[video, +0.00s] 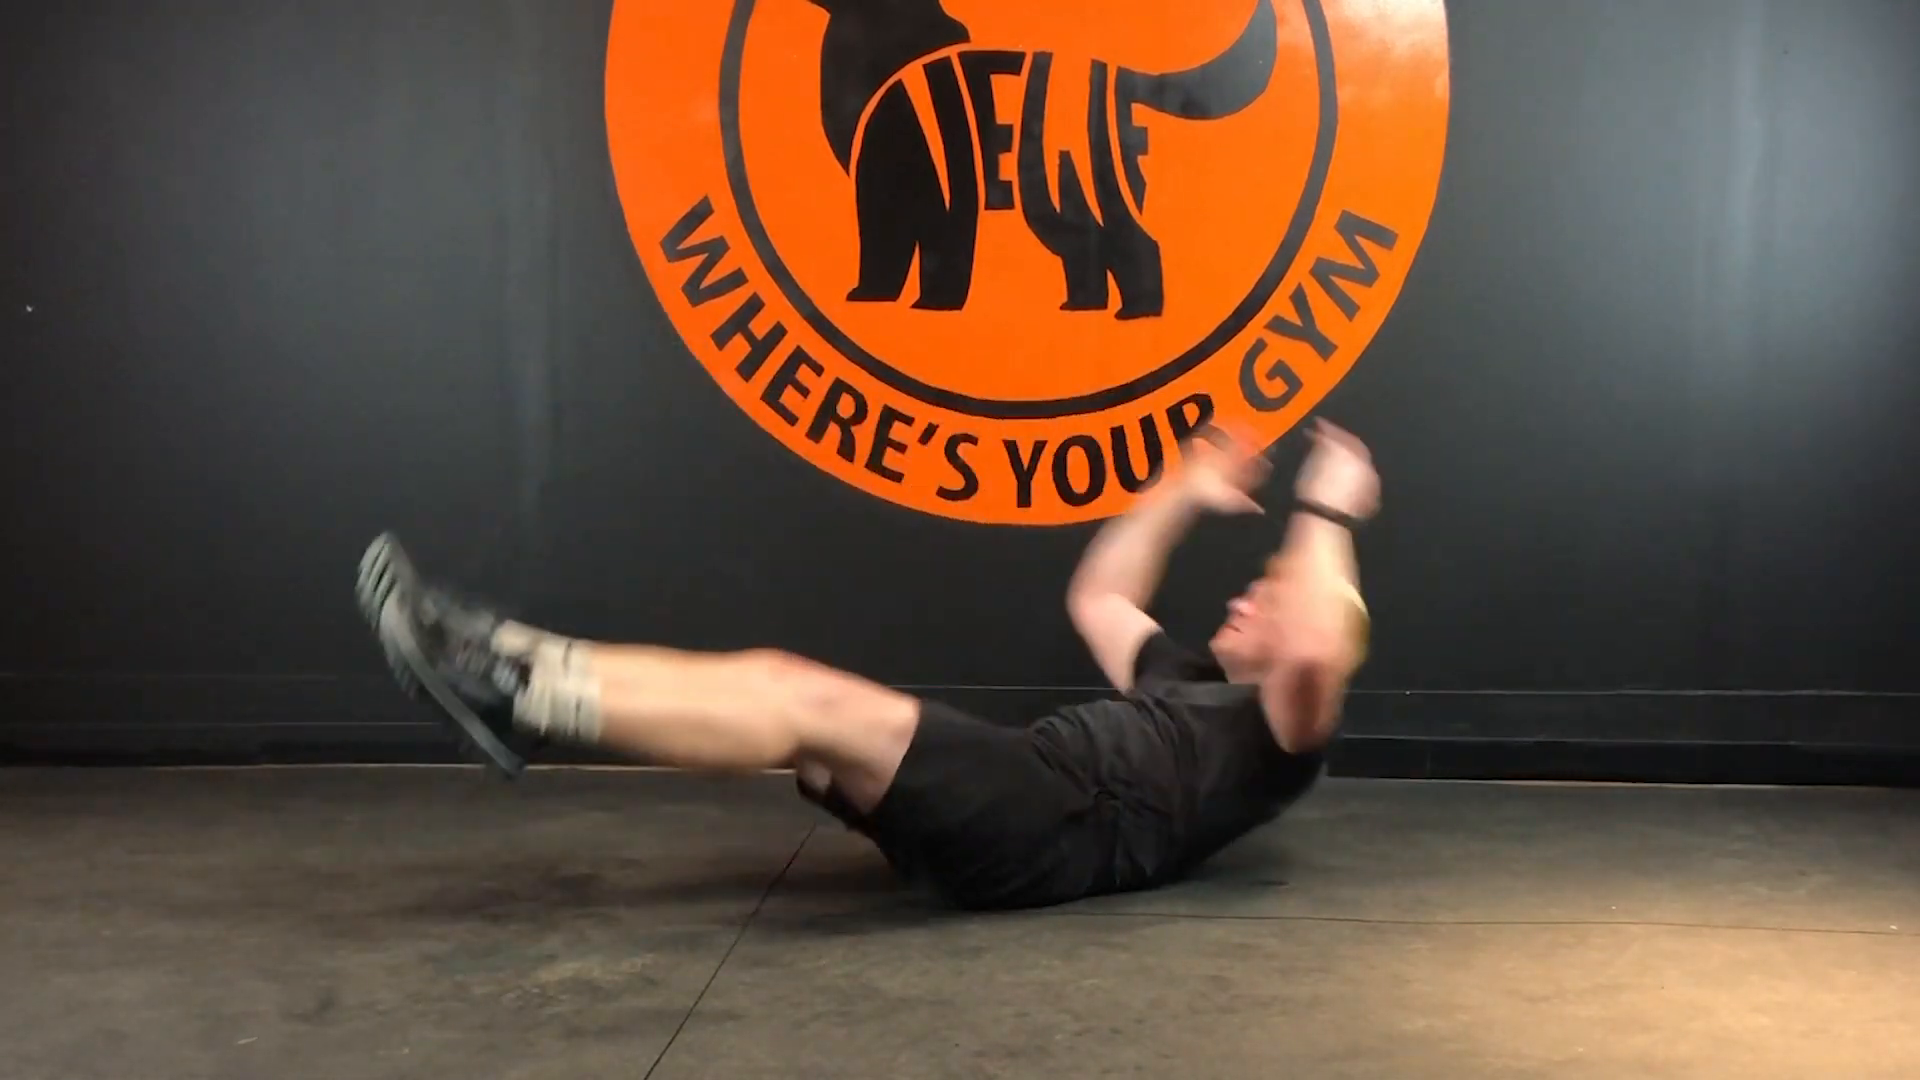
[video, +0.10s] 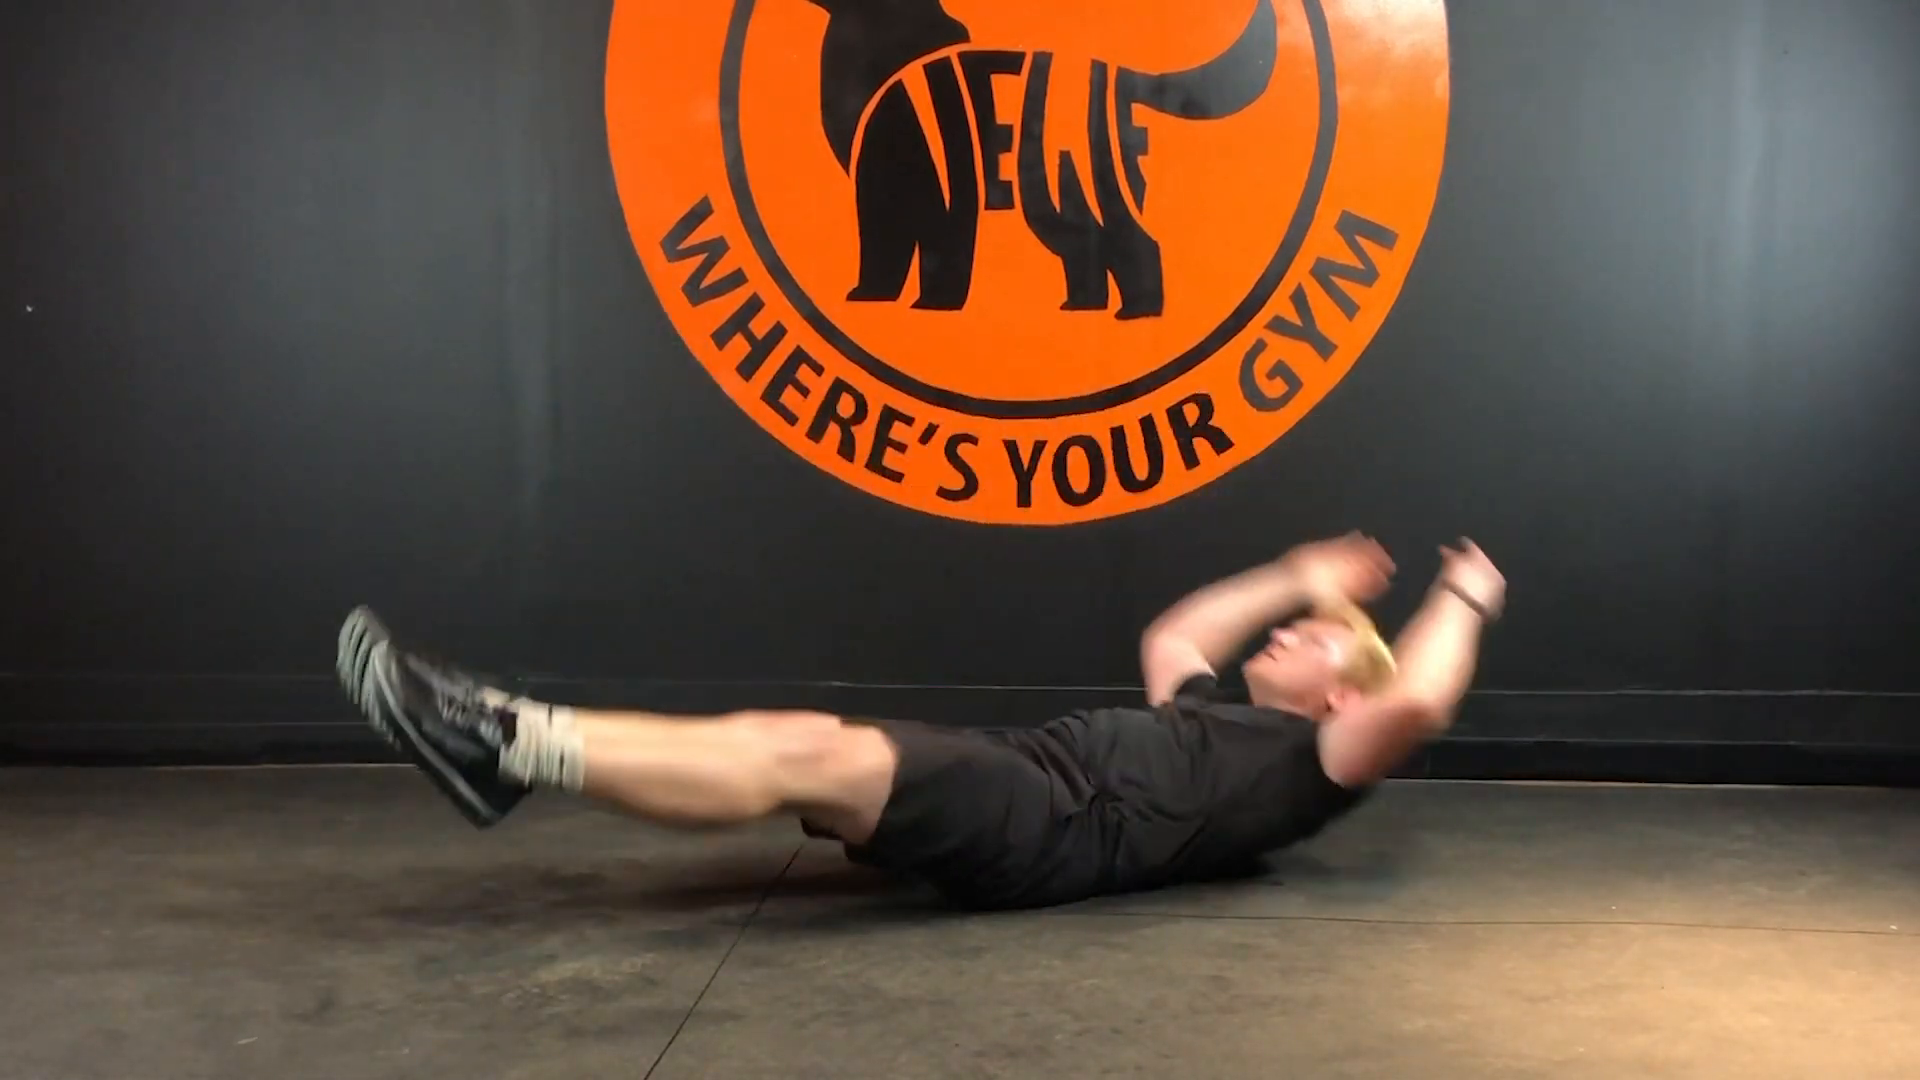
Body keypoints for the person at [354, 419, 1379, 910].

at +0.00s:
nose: (1240, 604)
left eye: (1270, 597)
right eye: (1251, 591)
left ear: (1309, 649)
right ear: (1240, 613)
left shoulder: (1267, 731)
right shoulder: (1181, 687)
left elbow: (1322, 647)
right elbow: (1105, 600)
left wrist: (1326, 521)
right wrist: (1182, 490)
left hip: (1055, 825)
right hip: (1004, 798)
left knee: (810, 701)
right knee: (790, 695)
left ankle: (529, 692)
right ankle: (523, 686)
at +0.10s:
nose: (1297, 640)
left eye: (1322, 642)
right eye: (1297, 629)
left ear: (1352, 690)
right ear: (1279, 648)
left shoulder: (1297, 769)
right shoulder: (1205, 703)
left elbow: (1423, 701)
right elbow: (1181, 636)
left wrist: (1461, 604)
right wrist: (1299, 572)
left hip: (1055, 819)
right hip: (1013, 766)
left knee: (811, 751)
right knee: (774, 743)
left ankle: (514, 741)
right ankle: (509, 743)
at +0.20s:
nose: (1331, 671)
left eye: (1356, 686)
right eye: (1343, 665)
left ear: (1365, 737)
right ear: (1309, 681)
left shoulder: (1329, 787)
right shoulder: (1222, 726)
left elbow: (1497, 776)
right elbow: (1216, 684)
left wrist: (1539, 706)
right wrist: (1315, 690)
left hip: (1045, 809)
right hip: (983, 754)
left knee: (818, 777)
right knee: (767, 739)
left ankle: (499, 781)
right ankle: (491, 782)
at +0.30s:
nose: (1327, 689)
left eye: (1355, 704)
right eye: (1337, 687)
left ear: (1379, 759)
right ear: (1314, 711)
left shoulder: (1350, 800)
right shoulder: (1237, 740)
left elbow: (1504, 839)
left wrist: (1545, 791)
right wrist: (1389, 744)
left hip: (1052, 792)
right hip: (983, 735)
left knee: (822, 788)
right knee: (769, 742)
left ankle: (502, 807)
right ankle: (487, 790)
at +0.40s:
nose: (1340, 704)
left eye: (1365, 714)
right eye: (1339, 694)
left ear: (1387, 770)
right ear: (1307, 713)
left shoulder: (1348, 801)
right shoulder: (1230, 740)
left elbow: (1502, 798)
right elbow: (1222, 696)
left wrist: (1507, 746)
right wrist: (1322, 713)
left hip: (1057, 797)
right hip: (987, 744)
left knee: (823, 782)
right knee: (773, 751)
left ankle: (507, 805)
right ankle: (488, 787)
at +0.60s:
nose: (1294, 640)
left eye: (1319, 646)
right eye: (1297, 628)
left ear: (1346, 694)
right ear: (1284, 639)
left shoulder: (1306, 747)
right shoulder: (1223, 698)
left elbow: (1227, 675)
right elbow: (1132, 607)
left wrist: (1147, 545)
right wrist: (1086, 508)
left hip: (1052, 830)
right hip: (1002, 794)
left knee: (832, 691)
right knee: (801, 688)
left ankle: (536, 692)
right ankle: (528, 707)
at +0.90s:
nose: (1076, 510)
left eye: (1099, 492)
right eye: (1077, 492)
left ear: (1167, 509)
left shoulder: (1194, 605)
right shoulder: (1062, 588)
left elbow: (1073, 569)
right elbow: (923, 510)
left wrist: (939, 456)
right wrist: (827, 422)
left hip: (1018, 831)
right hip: (934, 823)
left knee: (969, 561)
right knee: (910, 559)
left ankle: (730, 464)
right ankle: (705, 463)